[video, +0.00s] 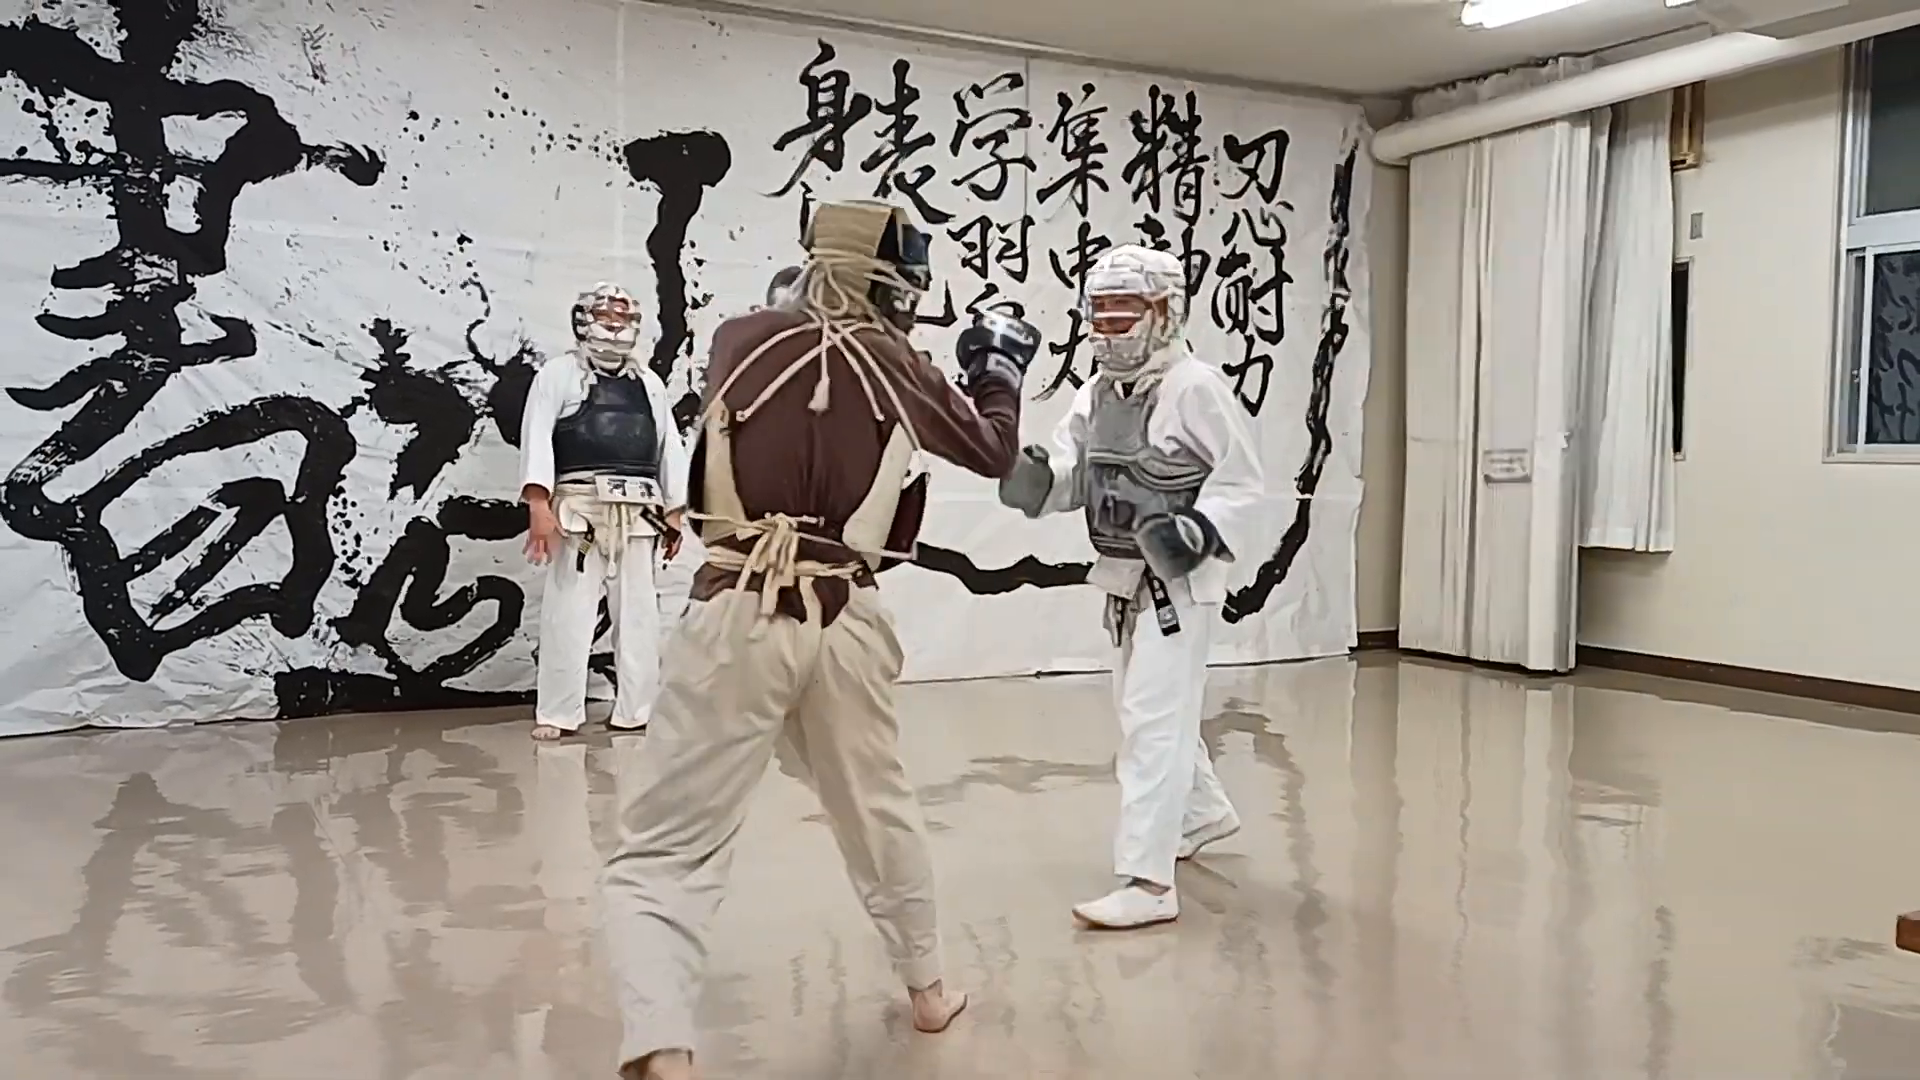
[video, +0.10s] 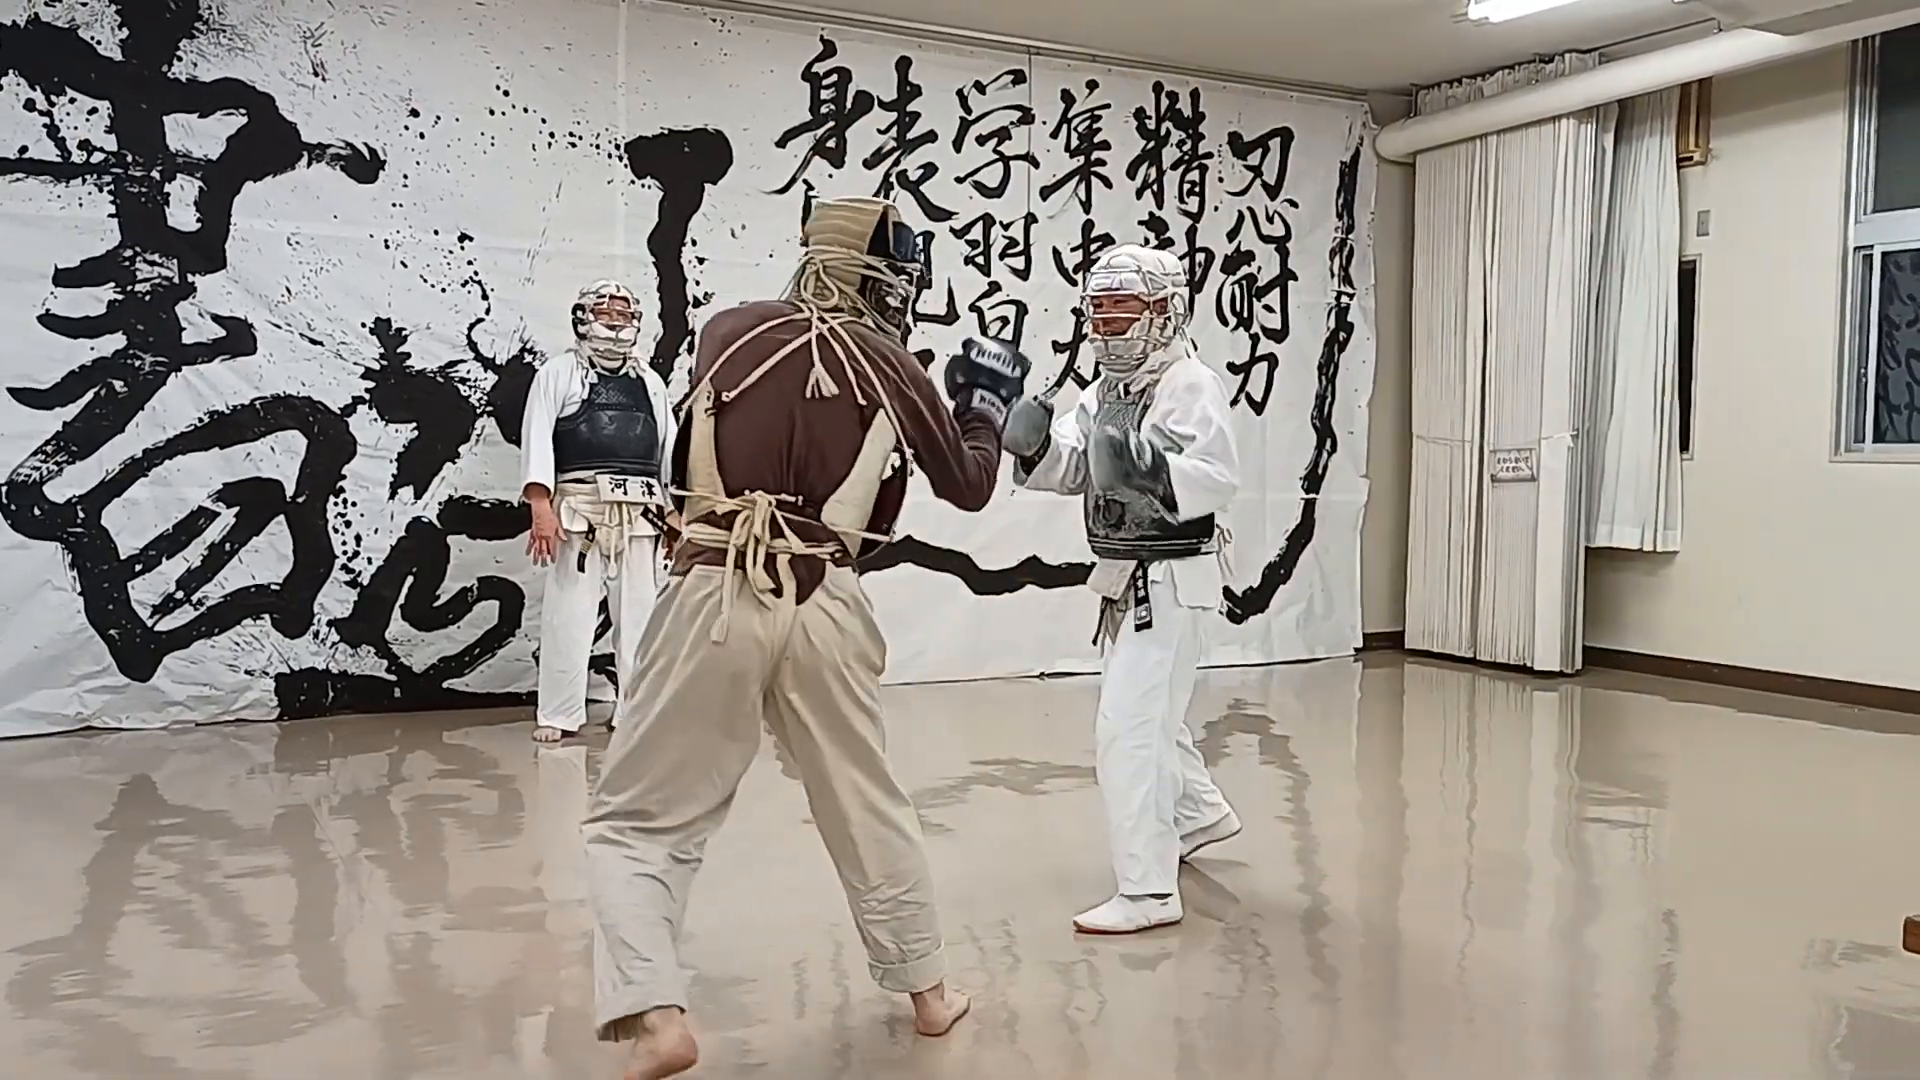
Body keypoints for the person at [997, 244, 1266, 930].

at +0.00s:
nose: (1108, 323)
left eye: (1123, 310)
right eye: (1100, 310)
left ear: (1161, 312)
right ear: (1090, 315)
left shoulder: (1195, 386)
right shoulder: (1097, 391)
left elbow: (1246, 483)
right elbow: (1072, 466)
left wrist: (1199, 528)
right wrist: (1040, 483)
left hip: (1177, 581)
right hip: (1119, 577)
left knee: (1151, 723)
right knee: (1144, 710)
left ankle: (1149, 880)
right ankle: (1205, 810)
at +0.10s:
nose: (1106, 321)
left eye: (1121, 308)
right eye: (1098, 308)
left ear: (1162, 312)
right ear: (1090, 311)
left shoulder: (1190, 383)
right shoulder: (1104, 390)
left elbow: (1215, 477)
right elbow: (1072, 465)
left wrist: (1142, 463)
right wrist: (1031, 441)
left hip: (1173, 576)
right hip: (1125, 573)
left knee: (1127, 728)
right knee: (1141, 711)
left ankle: (1147, 891)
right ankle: (1198, 809)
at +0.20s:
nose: (1105, 318)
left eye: (1121, 304)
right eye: (1098, 305)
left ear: (1161, 303)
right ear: (1091, 306)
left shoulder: (1188, 372)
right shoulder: (1109, 378)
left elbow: (1174, 443)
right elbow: (1080, 458)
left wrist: (1109, 383)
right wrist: (1040, 425)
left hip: (1169, 571)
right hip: (1130, 568)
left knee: (1125, 728)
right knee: (1148, 715)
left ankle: (1145, 889)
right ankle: (1189, 831)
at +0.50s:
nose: (1093, 320)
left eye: (1107, 305)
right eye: (1089, 306)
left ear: (1148, 306)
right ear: (1088, 309)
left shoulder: (1171, 372)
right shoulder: (1122, 379)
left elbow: (1175, 471)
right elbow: (1113, 475)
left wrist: (1083, 446)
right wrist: (1052, 443)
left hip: (1166, 569)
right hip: (1135, 567)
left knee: (1116, 709)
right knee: (1164, 710)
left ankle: (1115, 878)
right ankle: (1192, 842)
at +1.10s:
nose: (1017, 315)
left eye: (1031, 302)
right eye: (1015, 302)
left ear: (1069, 305)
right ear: (1031, 306)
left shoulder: (1079, 379)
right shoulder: (1075, 374)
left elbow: (1096, 490)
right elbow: (1070, 487)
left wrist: (1021, 535)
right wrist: (993, 492)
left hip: (1076, 588)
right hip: (1106, 583)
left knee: (985, 714)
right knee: (1094, 719)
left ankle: (1032, 878)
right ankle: (1148, 865)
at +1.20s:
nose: (989, 331)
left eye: (1003, 316)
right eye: (988, 317)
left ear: (1045, 320)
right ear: (1032, 324)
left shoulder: (1057, 389)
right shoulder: (1052, 387)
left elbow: (1084, 491)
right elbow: (1085, 502)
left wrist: (999, 523)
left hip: (1064, 597)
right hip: (1103, 591)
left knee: (958, 722)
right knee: (1088, 728)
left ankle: (993, 888)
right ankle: (1153, 869)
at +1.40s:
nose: (916, 319)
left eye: (927, 308)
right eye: (917, 307)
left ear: (953, 313)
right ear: (993, 315)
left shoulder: (936, 375)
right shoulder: (1030, 391)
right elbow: (1086, 488)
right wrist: (1089, 562)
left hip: (963, 580)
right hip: (1040, 573)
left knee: (977, 757)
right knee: (1085, 725)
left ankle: (1031, 914)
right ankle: (1129, 850)